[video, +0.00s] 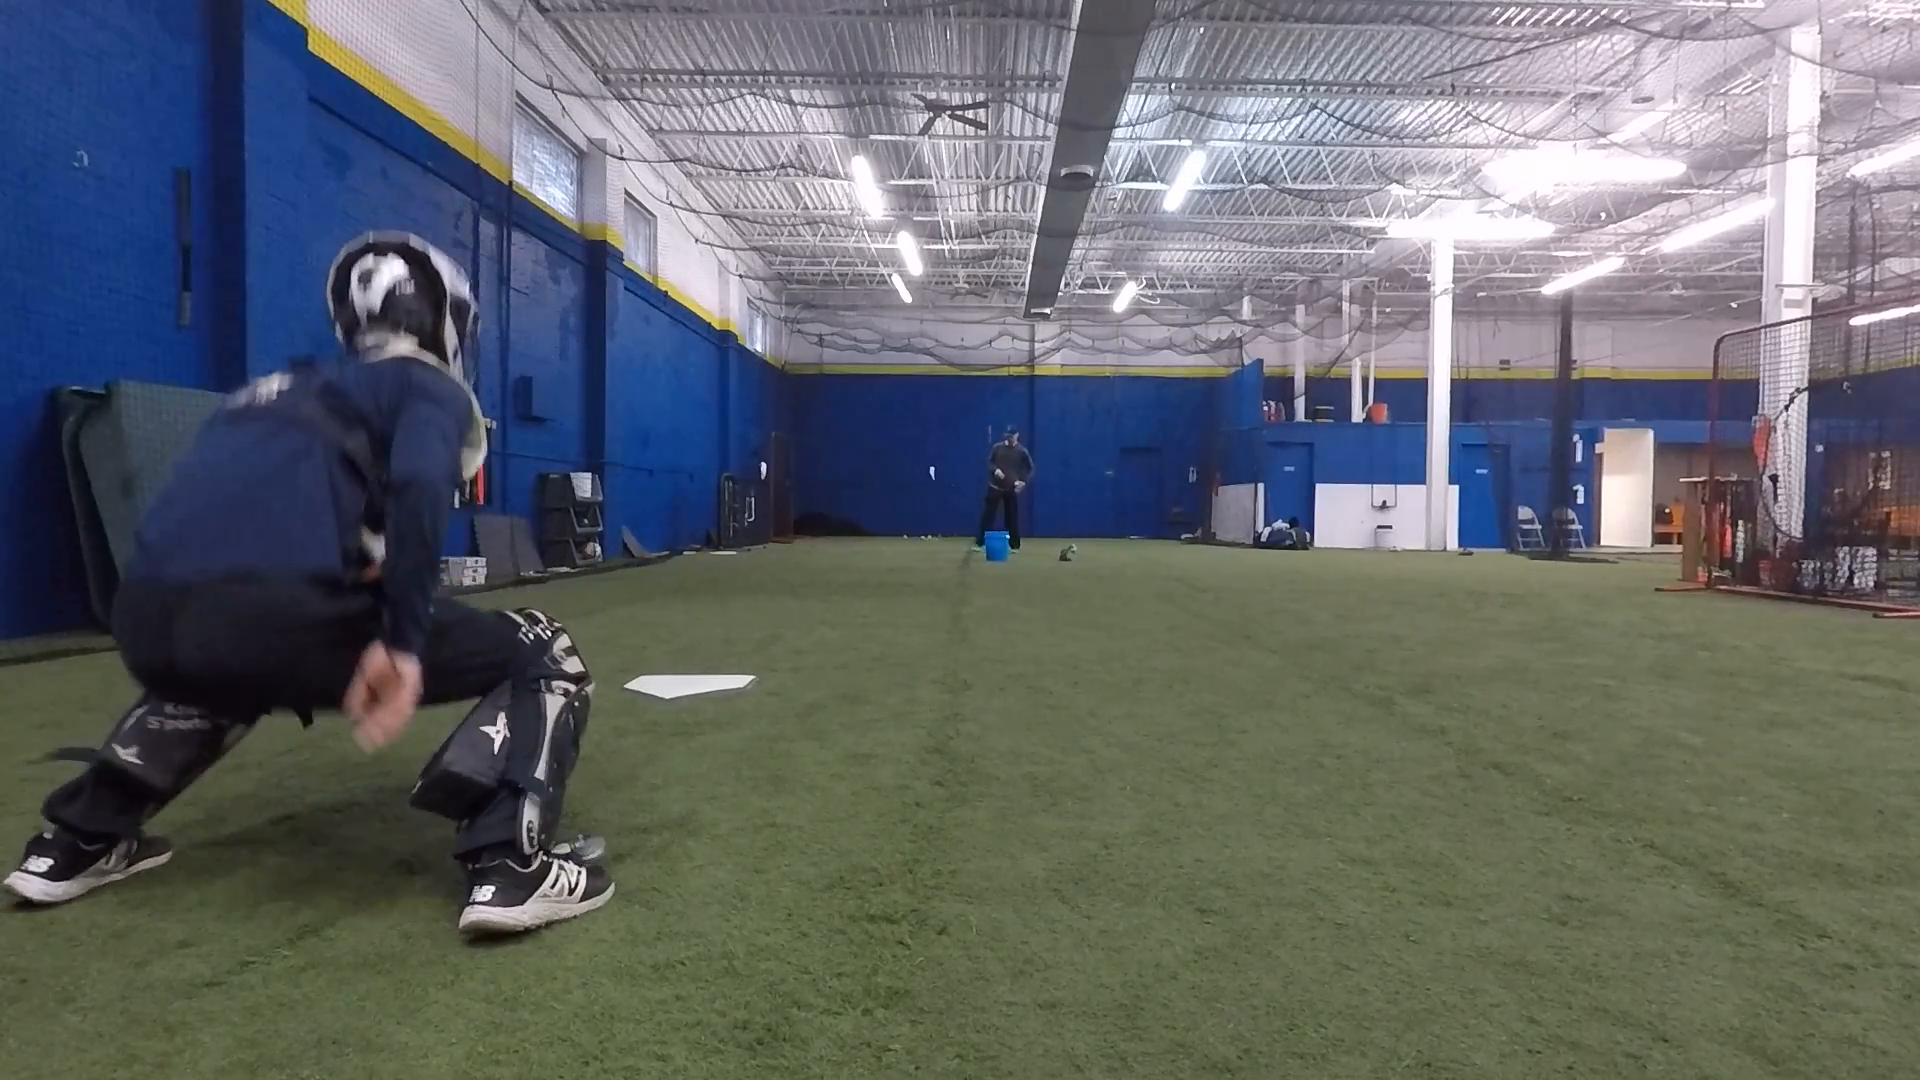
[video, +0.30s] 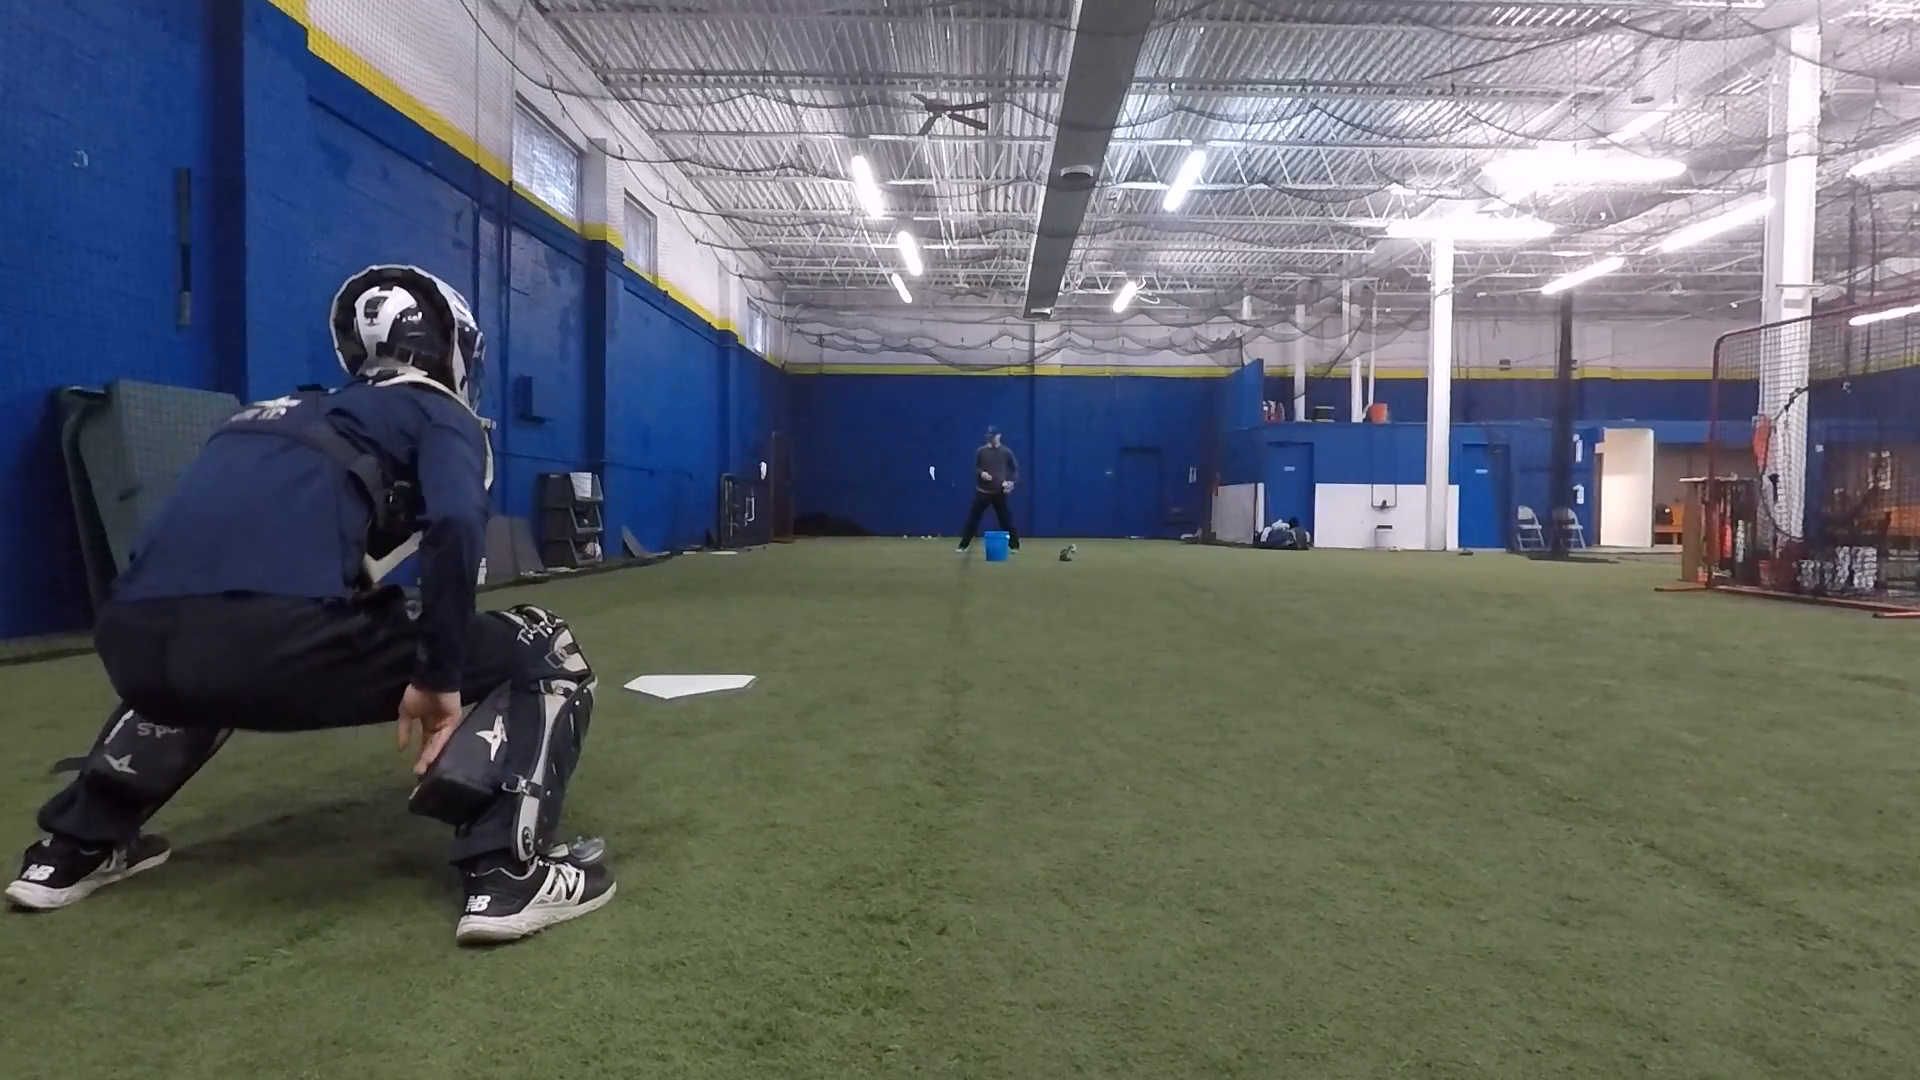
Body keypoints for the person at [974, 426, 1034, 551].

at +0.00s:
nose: (1009, 438)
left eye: (1012, 436)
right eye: (1007, 436)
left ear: (1017, 435)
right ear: (1004, 436)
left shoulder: (1022, 451)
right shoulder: (997, 448)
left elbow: (1031, 469)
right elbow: (990, 463)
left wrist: (1024, 482)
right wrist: (995, 470)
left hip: (1011, 489)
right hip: (995, 488)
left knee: (1012, 518)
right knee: (988, 515)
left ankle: (1014, 545)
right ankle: (980, 542)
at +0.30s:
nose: (991, 438)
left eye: (993, 436)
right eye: (989, 436)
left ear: (999, 436)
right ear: (987, 437)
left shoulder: (1006, 452)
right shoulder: (981, 451)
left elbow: (1014, 469)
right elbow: (976, 467)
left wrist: (1011, 482)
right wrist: (981, 473)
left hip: (999, 492)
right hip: (983, 492)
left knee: (1005, 520)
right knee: (973, 519)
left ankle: (1014, 545)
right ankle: (963, 544)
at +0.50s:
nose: (975, 438)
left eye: (977, 435)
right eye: (974, 436)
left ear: (983, 435)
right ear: (972, 437)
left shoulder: (993, 451)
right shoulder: (967, 452)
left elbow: (999, 467)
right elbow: (963, 466)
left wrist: (997, 478)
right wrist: (964, 473)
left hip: (987, 491)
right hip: (971, 491)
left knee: (996, 518)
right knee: (966, 520)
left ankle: (1009, 543)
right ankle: (963, 545)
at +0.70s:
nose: (967, 439)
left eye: (968, 436)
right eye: (965, 437)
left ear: (974, 435)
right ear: (962, 438)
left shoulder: (984, 450)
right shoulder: (959, 451)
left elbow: (991, 466)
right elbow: (956, 466)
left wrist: (983, 475)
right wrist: (956, 471)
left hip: (980, 489)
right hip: (965, 489)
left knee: (985, 514)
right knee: (964, 518)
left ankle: (990, 542)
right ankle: (962, 544)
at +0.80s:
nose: (965, 438)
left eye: (966, 435)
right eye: (963, 436)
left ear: (971, 434)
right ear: (961, 437)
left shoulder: (982, 449)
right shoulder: (957, 452)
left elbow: (989, 466)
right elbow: (955, 468)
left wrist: (976, 474)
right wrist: (961, 473)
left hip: (979, 490)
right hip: (964, 489)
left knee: (980, 516)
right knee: (963, 517)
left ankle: (983, 542)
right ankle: (963, 544)